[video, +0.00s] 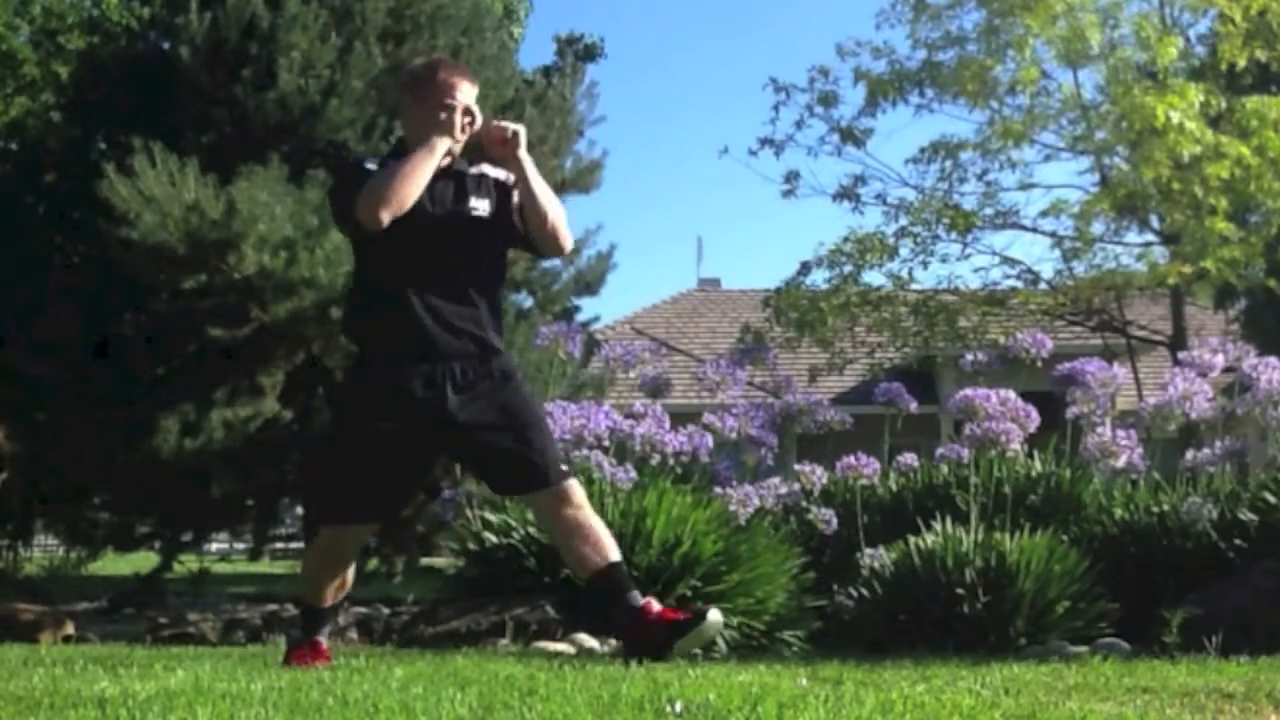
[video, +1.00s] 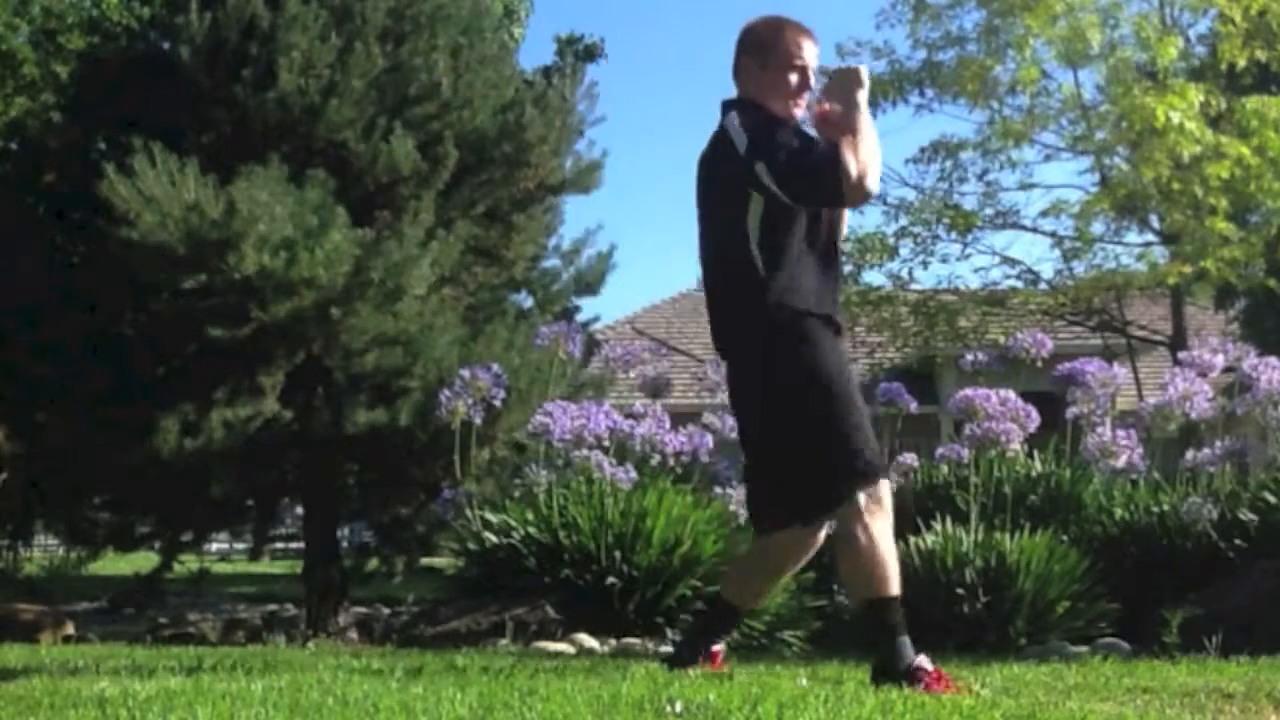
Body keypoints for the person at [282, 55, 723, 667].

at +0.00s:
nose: (457, 120)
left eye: (467, 112)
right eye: (443, 107)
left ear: (477, 121)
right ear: (405, 106)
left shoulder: (496, 185)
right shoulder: (366, 173)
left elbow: (557, 243)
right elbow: (375, 214)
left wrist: (521, 162)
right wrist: (441, 143)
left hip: (482, 372)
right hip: (391, 374)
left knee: (557, 487)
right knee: (344, 521)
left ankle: (633, 615)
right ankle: (310, 639)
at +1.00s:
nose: (807, 83)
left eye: (810, 72)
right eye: (795, 69)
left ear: (807, 76)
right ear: (749, 68)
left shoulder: (746, 139)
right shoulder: (758, 133)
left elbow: (827, 228)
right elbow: (860, 179)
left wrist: (836, 135)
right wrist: (860, 108)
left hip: (772, 344)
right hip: (796, 337)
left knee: (802, 520)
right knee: (868, 493)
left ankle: (698, 645)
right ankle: (899, 662)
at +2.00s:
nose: (669, 75)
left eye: (675, 66)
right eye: (655, 62)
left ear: (680, 75)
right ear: (616, 64)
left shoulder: (677, 154)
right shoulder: (575, 133)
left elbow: (729, 238)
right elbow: (598, 198)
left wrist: (723, 164)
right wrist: (667, 138)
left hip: (684, 338)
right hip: (611, 334)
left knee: (699, 495)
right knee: (636, 488)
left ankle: (686, 642)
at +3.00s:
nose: (476, 81)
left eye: (486, 74)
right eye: (466, 68)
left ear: (496, 82)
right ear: (432, 64)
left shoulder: (511, 144)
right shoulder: (390, 127)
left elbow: (561, 228)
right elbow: (372, 200)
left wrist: (537, 161)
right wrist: (453, 139)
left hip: (487, 334)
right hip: (401, 332)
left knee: (507, 488)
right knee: (380, 490)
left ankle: (513, 633)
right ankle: (364, 620)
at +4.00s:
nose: (435, 96)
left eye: (444, 88)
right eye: (423, 83)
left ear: (454, 95)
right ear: (389, 81)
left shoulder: (474, 167)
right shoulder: (348, 150)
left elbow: (523, 240)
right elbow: (345, 215)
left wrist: (497, 163)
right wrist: (413, 145)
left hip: (455, 362)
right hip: (361, 363)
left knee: (500, 491)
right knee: (333, 509)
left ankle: (495, 632)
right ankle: (306, 640)